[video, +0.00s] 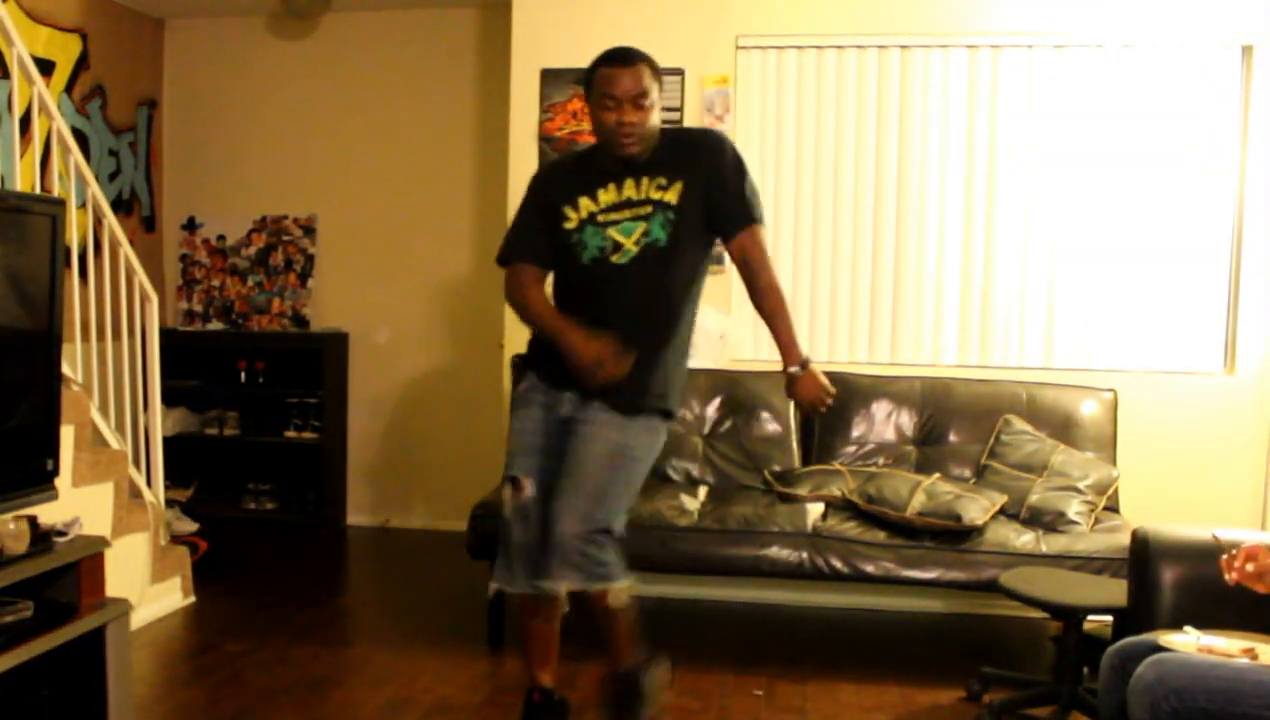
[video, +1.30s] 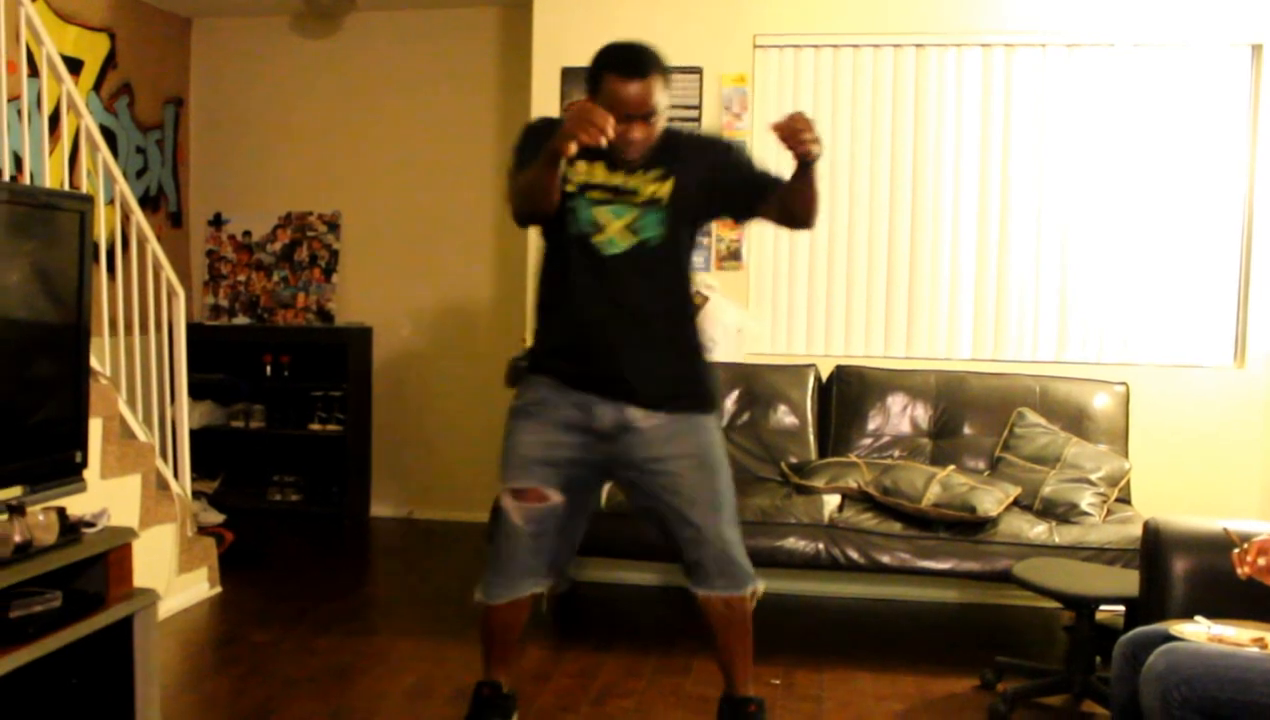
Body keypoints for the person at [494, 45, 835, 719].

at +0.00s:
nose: (628, 115)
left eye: (639, 101)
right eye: (613, 103)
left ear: (658, 100)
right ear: (589, 107)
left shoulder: (704, 156)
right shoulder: (559, 178)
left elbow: (753, 261)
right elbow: (520, 282)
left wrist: (797, 364)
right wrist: (569, 336)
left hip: (636, 390)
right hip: (549, 380)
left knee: (583, 536)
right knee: (530, 538)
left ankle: (631, 672)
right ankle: (543, 697)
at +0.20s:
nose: (613, 121)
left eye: (627, 108)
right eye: (599, 107)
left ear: (646, 106)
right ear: (573, 105)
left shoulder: (688, 171)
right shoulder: (534, 177)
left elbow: (738, 265)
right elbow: (515, 283)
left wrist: (751, 362)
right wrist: (489, 384)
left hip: (646, 393)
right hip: (552, 389)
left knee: (647, 565)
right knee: (524, 552)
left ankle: (626, 687)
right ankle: (546, 697)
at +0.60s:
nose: (667, 137)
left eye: (682, 123)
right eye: (653, 121)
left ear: (707, 115)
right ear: (632, 113)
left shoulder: (747, 181)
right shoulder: (593, 175)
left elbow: (798, 264)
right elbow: (531, 254)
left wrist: (803, 292)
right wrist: (471, 332)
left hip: (725, 410)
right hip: (629, 405)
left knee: (737, 591)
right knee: (627, 558)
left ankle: (723, 716)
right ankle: (537, 670)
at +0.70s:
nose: (685, 144)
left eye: (701, 130)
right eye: (672, 128)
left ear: (724, 124)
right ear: (651, 118)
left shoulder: (759, 190)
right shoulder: (601, 175)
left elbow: (823, 283)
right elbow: (528, 240)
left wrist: (806, 256)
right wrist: (466, 312)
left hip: (740, 416)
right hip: (643, 409)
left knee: (752, 602)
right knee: (670, 565)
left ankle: (724, 715)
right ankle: (602, 697)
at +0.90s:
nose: (697, 148)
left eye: (711, 133)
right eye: (682, 133)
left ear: (732, 124)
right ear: (660, 123)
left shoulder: (762, 173)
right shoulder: (613, 177)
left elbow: (806, 257)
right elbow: (518, 225)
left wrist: (792, 203)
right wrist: (504, 252)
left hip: (736, 406)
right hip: (629, 394)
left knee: (758, 583)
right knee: (564, 544)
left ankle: (726, 711)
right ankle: (605, 691)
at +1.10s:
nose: (678, 120)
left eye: (692, 105)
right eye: (662, 106)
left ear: (713, 91)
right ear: (638, 97)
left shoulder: (743, 119)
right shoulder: (607, 160)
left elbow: (804, 202)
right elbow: (545, 250)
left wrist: (817, 168)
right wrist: (574, 200)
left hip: (707, 387)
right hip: (602, 376)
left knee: (720, 554)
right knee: (535, 529)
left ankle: (730, 706)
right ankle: (500, 681)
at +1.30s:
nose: (633, 132)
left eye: (646, 118)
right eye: (621, 117)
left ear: (664, 105)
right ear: (592, 102)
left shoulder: (696, 160)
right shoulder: (552, 143)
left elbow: (796, 214)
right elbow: (525, 208)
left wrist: (804, 163)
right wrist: (560, 144)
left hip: (670, 397)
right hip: (561, 388)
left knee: (721, 557)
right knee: (515, 547)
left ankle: (742, 701)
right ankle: (494, 695)